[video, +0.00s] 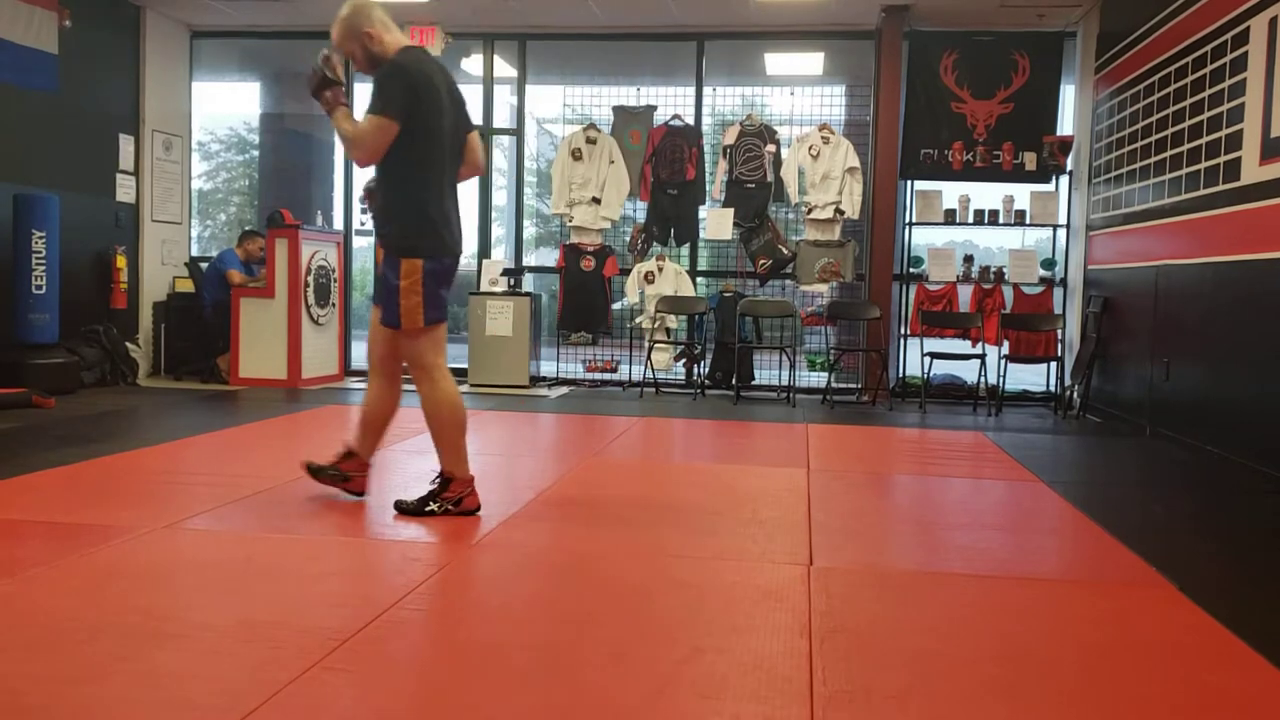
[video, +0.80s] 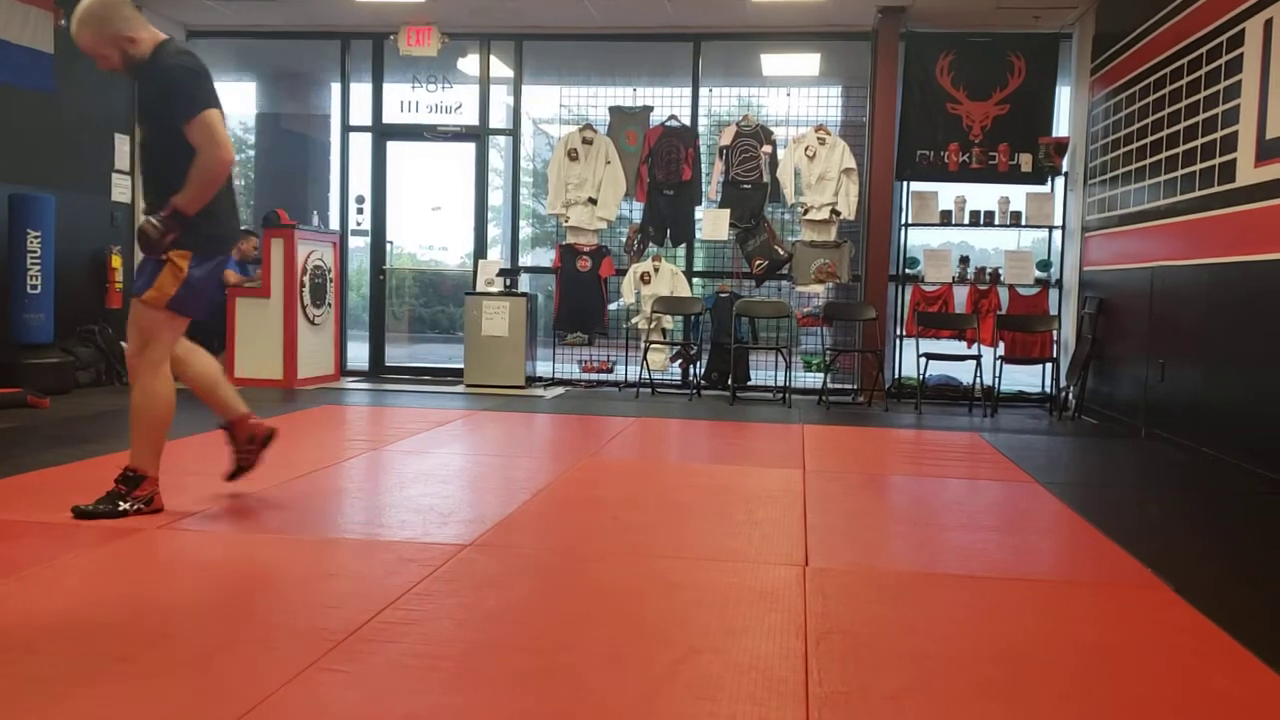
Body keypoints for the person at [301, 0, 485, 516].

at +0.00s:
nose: (356, 70)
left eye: (353, 59)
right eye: (351, 63)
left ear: (370, 37)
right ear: (383, 34)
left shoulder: (403, 71)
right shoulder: (436, 74)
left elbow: (364, 150)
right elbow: (472, 160)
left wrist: (336, 107)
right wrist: (397, 186)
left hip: (416, 243)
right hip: (415, 240)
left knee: (427, 365)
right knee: (384, 358)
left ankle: (458, 486)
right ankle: (355, 465)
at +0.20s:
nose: (292, 77)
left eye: (290, 66)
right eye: (287, 70)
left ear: (310, 46)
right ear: (314, 45)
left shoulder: (352, 73)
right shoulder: (350, 77)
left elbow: (333, 152)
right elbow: (332, 152)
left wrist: (289, 114)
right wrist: (293, 115)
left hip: (357, 242)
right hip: (345, 240)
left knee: (330, 361)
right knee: (328, 362)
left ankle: (424, 456)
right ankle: (323, 472)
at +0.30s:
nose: (264, 77)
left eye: (260, 65)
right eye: (258, 69)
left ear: (282, 43)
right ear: (284, 45)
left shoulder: (330, 74)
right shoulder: (318, 81)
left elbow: (344, 145)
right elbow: (326, 146)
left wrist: (278, 139)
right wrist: (273, 137)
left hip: (330, 234)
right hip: (333, 233)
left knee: (272, 348)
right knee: (312, 355)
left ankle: (370, 433)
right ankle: (320, 472)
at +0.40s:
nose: (234, 70)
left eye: (232, 60)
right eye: (228, 63)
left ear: (256, 39)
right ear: (255, 41)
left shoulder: (305, 66)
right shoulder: (282, 78)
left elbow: (337, 142)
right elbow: (294, 155)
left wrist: (272, 180)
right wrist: (257, 187)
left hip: (302, 230)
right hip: (310, 231)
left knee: (232, 335)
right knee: (307, 358)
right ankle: (320, 473)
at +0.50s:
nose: (204, 69)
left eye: (202, 58)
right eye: (198, 62)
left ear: (228, 38)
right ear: (225, 42)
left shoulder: (276, 71)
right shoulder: (259, 78)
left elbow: (315, 150)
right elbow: (279, 156)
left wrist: (264, 210)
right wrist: (251, 212)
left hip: (276, 235)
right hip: (287, 234)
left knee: (216, 344)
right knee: (293, 356)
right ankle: (317, 472)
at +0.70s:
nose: (134, 73)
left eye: (132, 61)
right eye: (128, 64)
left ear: (157, 41)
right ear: (155, 42)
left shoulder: (205, 74)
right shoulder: (191, 76)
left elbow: (249, 159)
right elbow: (219, 159)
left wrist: (203, 221)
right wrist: (191, 220)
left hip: (216, 240)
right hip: (221, 237)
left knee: (165, 356)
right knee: (220, 353)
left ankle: (143, 483)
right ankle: (293, 449)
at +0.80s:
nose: (102, 68)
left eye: (100, 56)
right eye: (96, 60)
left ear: (125, 38)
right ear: (126, 36)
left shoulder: (172, 67)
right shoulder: (158, 69)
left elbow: (217, 155)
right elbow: (189, 156)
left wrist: (172, 217)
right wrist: (160, 214)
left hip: (192, 236)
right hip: (190, 232)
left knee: (145, 353)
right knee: (168, 343)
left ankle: (141, 483)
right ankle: (244, 427)